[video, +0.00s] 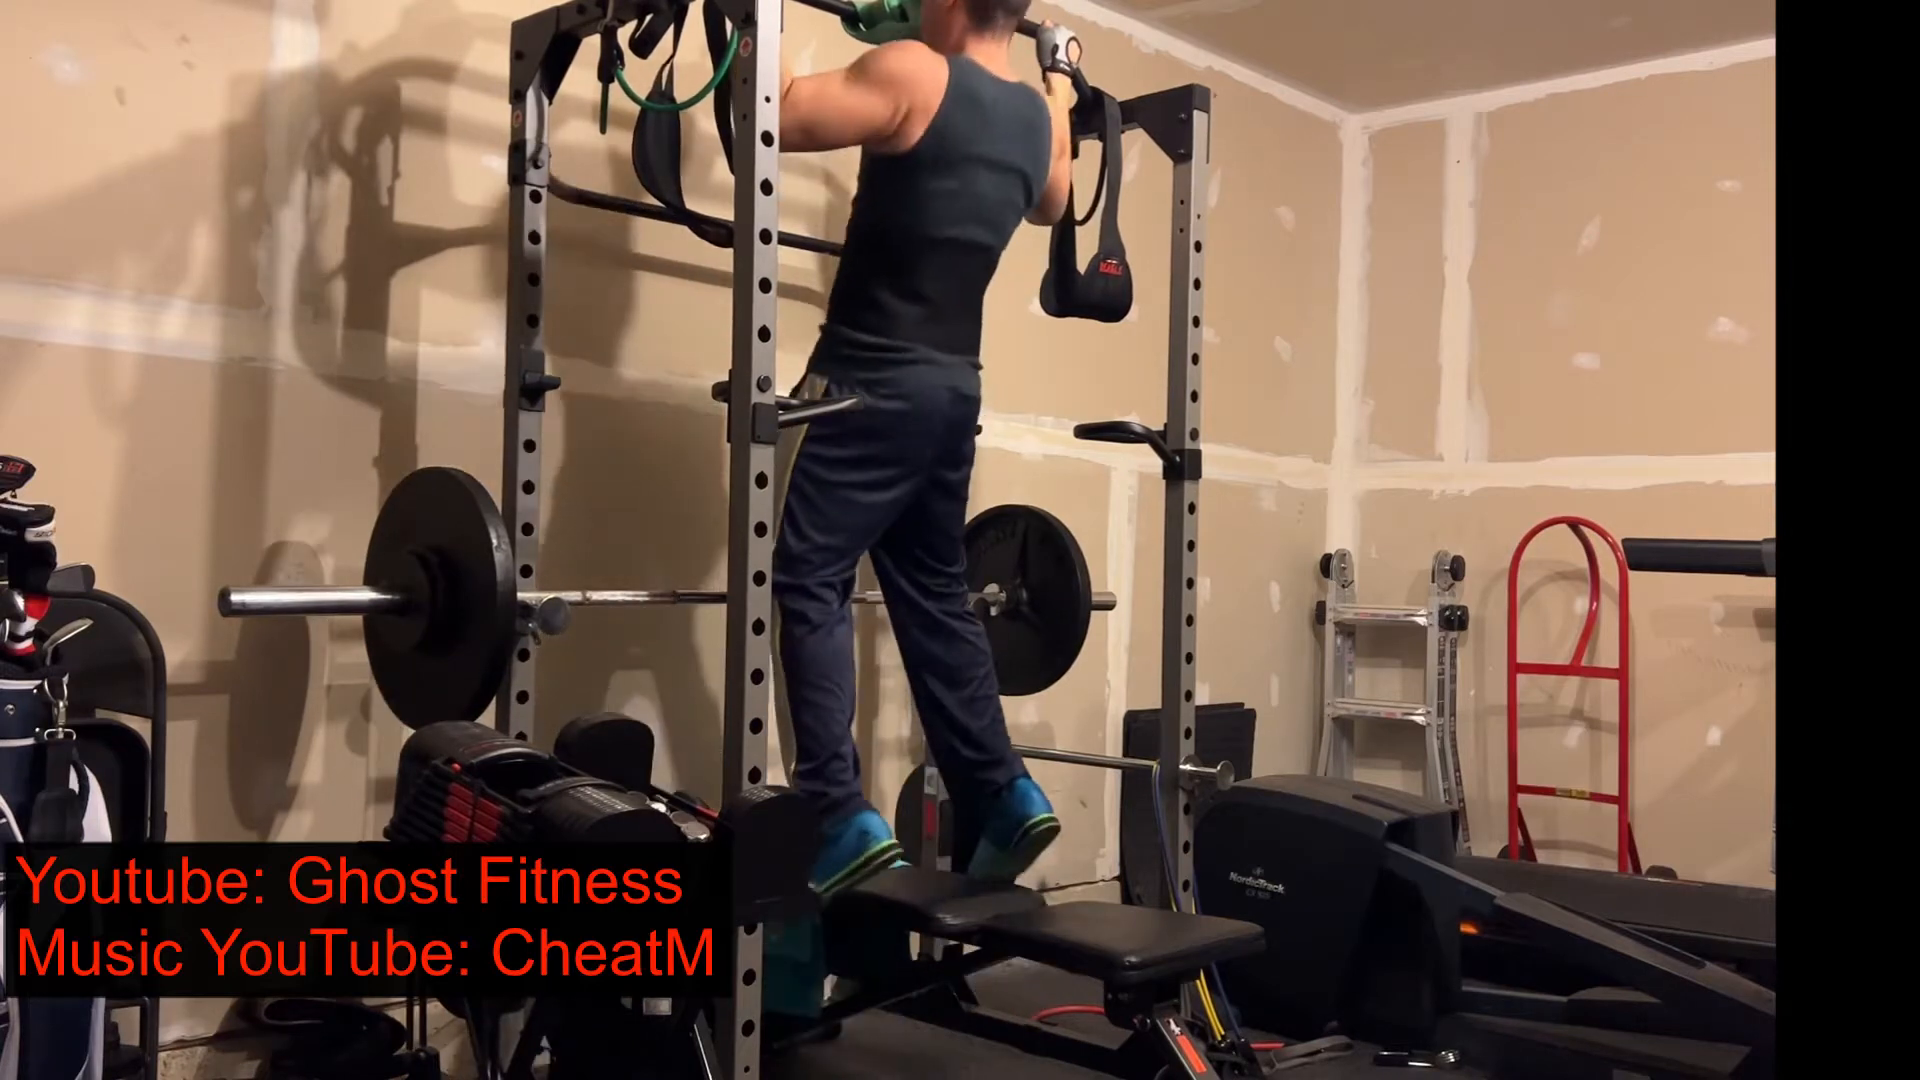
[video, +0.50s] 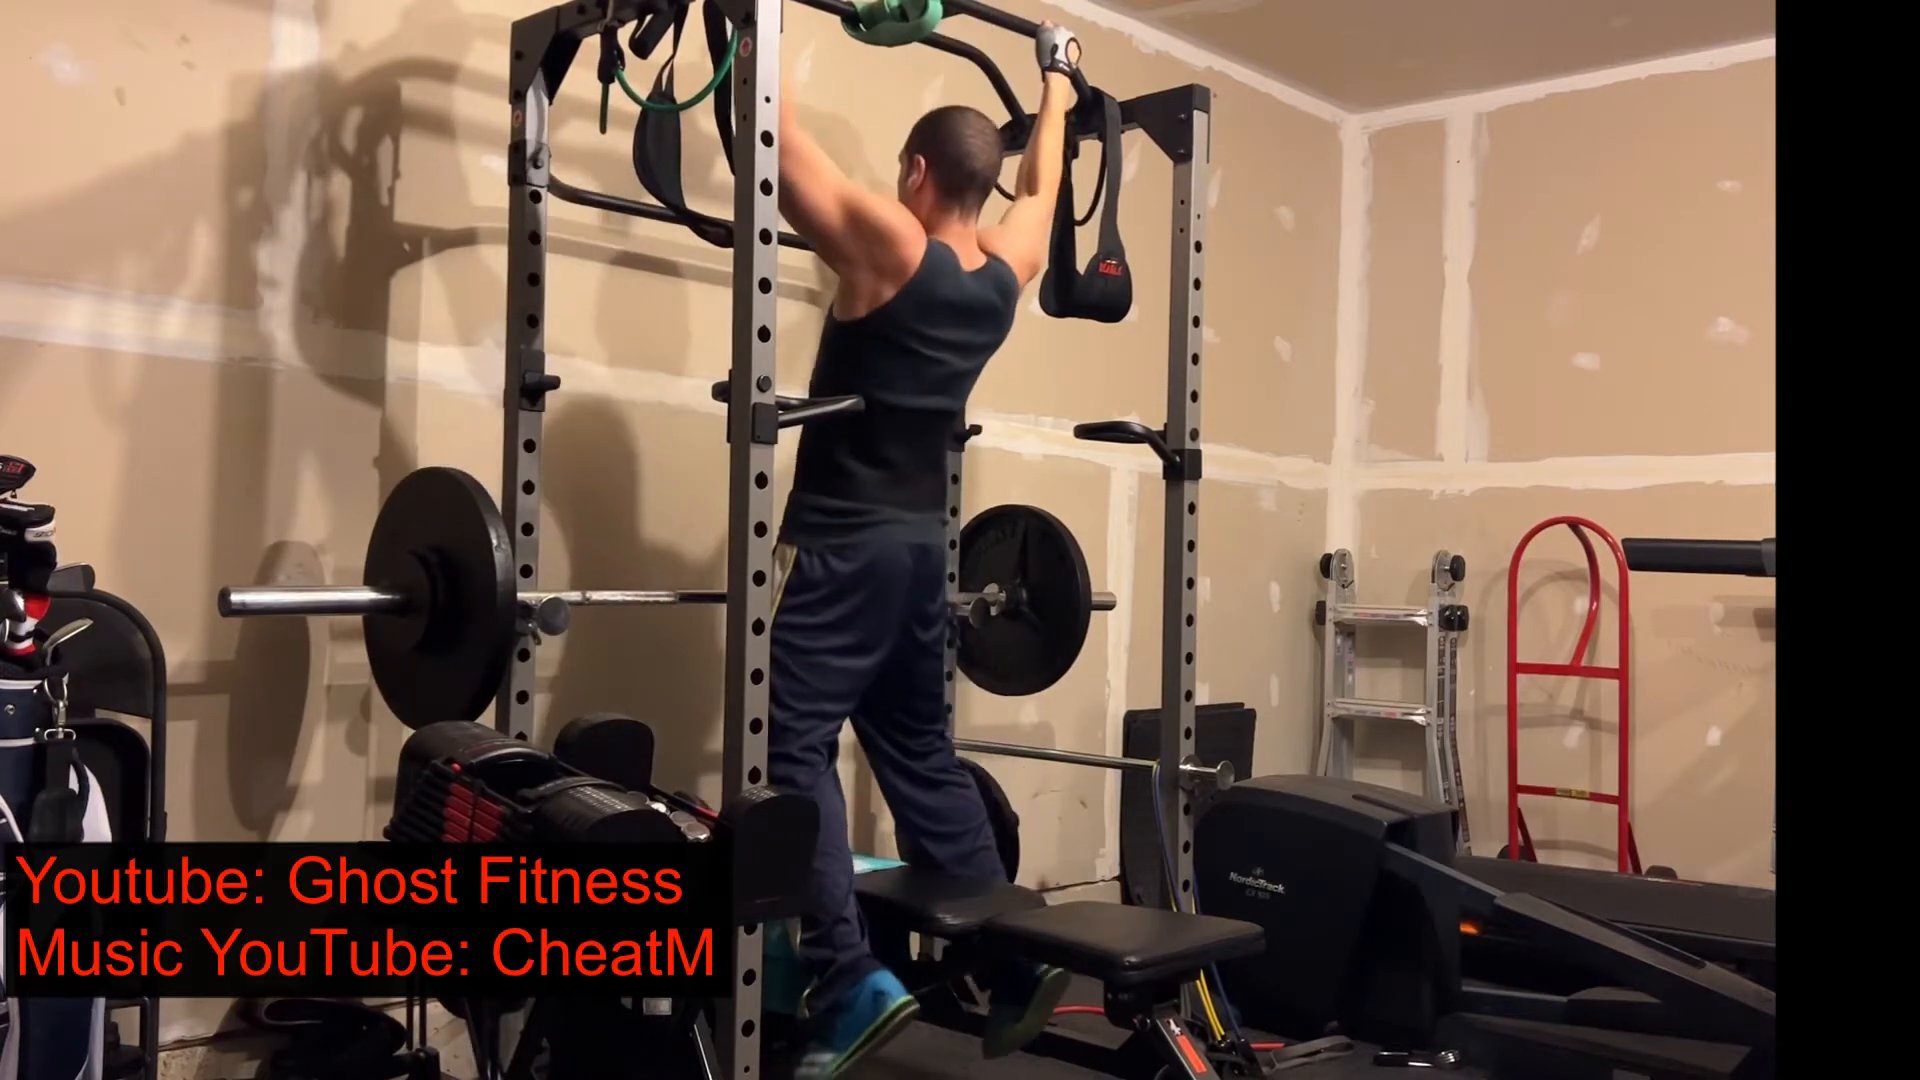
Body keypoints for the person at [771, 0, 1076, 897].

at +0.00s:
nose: (917, 10)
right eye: (921, 0)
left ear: (951, 7)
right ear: (1013, 20)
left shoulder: (910, 73)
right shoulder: (1035, 116)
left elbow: (769, 114)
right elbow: (1056, 202)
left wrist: (751, 22)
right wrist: (1057, 88)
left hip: (871, 383)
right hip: (952, 392)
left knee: (806, 585)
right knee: (935, 597)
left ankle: (839, 813)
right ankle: (1002, 798)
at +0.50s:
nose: (894, 176)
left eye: (900, 163)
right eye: (905, 164)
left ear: (919, 170)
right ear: (989, 190)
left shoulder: (883, 242)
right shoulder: (1004, 275)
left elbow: (775, 133)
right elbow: (1040, 191)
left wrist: (759, 30)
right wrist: (1057, 103)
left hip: (847, 536)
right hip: (924, 539)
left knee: (796, 748)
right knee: (918, 752)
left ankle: (846, 971)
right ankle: (1005, 952)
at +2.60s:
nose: (940, 27)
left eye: (946, 15)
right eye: (949, 16)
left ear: (968, 16)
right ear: (1038, 30)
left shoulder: (929, 90)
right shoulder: (1062, 134)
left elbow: (786, 114)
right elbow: (1075, 200)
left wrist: (761, 15)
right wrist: (1060, 100)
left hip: (867, 405)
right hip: (949, 417)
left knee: (782, 590)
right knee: (915, 603)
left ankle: (800, 820)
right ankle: (971, 802)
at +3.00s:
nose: (914, 52)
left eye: (922, 39)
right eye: (924, 40)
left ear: (939, 54)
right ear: (1006, 78)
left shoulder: (899, 136)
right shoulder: (1023, 178)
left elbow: (764, 124)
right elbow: (1052, 189)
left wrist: (742, 33)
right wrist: (1057, 95)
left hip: (850, 438)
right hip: (931, 445)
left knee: (790, 634)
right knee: (910, 638)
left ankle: (839, 857)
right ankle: (989, 832)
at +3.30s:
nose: (900, 153)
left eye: (907, 141)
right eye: (909, 142)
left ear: (924, 149)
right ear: (996, 170)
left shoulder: (894, 218)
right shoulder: (1010, 257)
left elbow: (767, 139)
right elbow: (1044, 188)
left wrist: (737, 39)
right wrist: (1057, 101)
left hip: (852, 524)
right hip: (925, 527)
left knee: (787, 725)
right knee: (919, 740)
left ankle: (845, 951)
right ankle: (1001, 932)